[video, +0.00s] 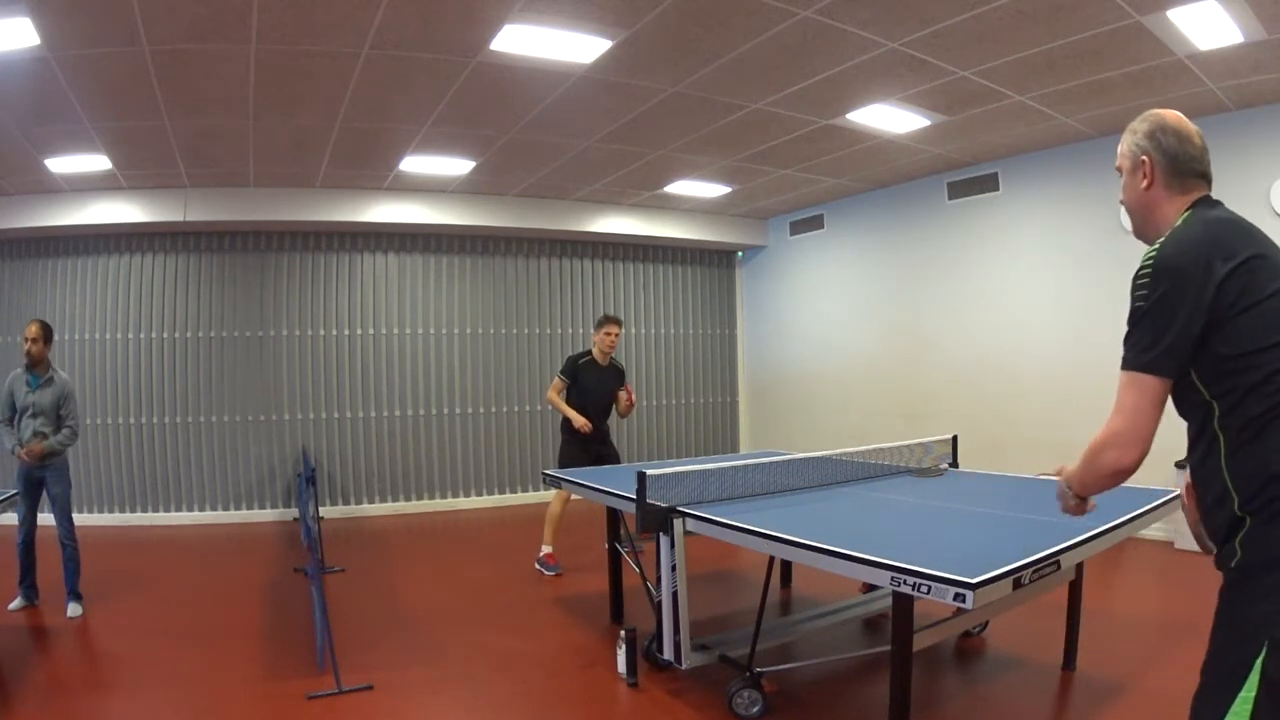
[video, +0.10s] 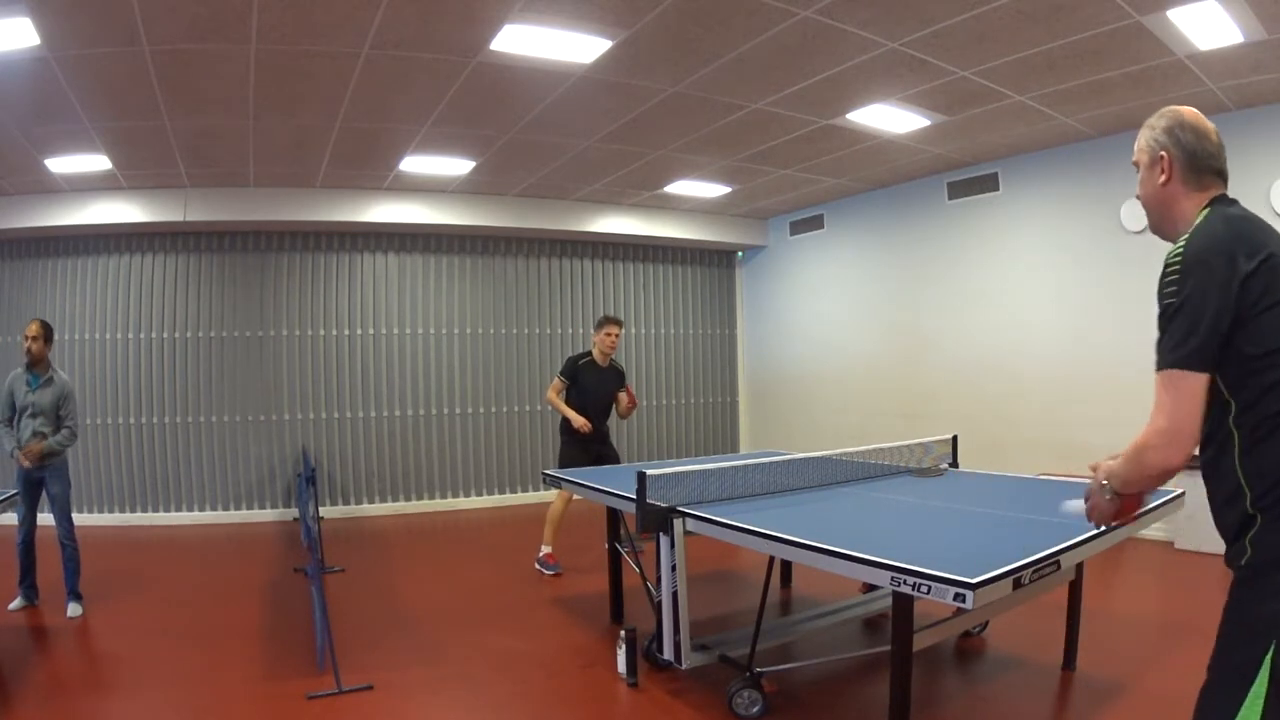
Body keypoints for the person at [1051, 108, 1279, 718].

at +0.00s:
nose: (1118, 195)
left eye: (1119, 176)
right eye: (1117, 178)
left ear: (1145, 172)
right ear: (1195, 171)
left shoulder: (1175, 260)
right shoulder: (1242, 237)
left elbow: (1123, 447)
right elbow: (1260, 385)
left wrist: (1076, 483)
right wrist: (1204, 481)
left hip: (1268, 539)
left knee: (1225, 708)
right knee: (1255, 701)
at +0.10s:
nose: (1135, 187)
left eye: (1136, 169)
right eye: (1134, 171)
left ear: (1162, 168)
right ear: (1207, 167)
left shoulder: (1201, 254)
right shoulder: (1250, 236)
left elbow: (1170, 443)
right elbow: (1243, 411)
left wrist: (1112, 478)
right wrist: (1148, 473)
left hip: (1269, 544)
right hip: (1269, 535)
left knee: (1225, 710)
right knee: (1246, 703)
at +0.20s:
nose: (1146, 184)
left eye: (1149, 163)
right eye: (1147, 165)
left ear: (1177, 165)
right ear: (1208, 164)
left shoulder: (1220, 252)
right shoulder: (1256, 234)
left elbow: (1228, 432)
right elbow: (1228, 382)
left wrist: (1138, 488)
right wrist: (1137, 408)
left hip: (1269, 546)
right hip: (1272, 538)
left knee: (1213, 708)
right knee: (1252, 701)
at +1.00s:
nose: (1129, 253)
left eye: (1132, 237)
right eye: (1130, 238)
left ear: (1153, 240)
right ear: (1190, 237)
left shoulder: (1190, 306)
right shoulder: (1224, 292)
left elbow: (1244, 437)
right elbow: (1246, 423)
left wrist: (1198, 561)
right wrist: (1171, 481)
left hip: (1257, 554)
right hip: (1268, 542)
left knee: (1160, 707)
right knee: (1235, 670)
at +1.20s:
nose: (1118, 273)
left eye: (1124, 257)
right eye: (1119, 257)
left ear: (1151, 260)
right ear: (1157, 260)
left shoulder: (1207, 319)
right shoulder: (1199, 323)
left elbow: (1272, 428)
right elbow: (1192, 456)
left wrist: (1225, 556)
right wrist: (1112, 513)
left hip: (1267, 563)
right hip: (1260, 559)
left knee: (1181, 709)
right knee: (1197, 703)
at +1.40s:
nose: (1100, 236)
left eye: (1106, 218)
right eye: (1102, 220)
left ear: (1139, 223)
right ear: (1144, 224)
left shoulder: (1204, 287)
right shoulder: (1172, 317)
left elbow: (1278, 403)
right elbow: (1144, 435)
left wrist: (1238, 541)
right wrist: (1056, 440)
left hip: (1261, 556)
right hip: (1239, 554)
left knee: (1175, 712)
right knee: (1197, 709)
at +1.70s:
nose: (1098, 210)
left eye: (1100, 193)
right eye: (1098, 195)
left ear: (1122, 194)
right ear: (1167, 193)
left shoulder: (1174, 268)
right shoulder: (1201, 256)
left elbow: (1236, 410)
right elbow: (1227, 408)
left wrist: (1170, 556)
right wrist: (1135, 437)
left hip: (1242, 556)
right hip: (1257, 546)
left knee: (1169, 711)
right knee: (1195, 706)